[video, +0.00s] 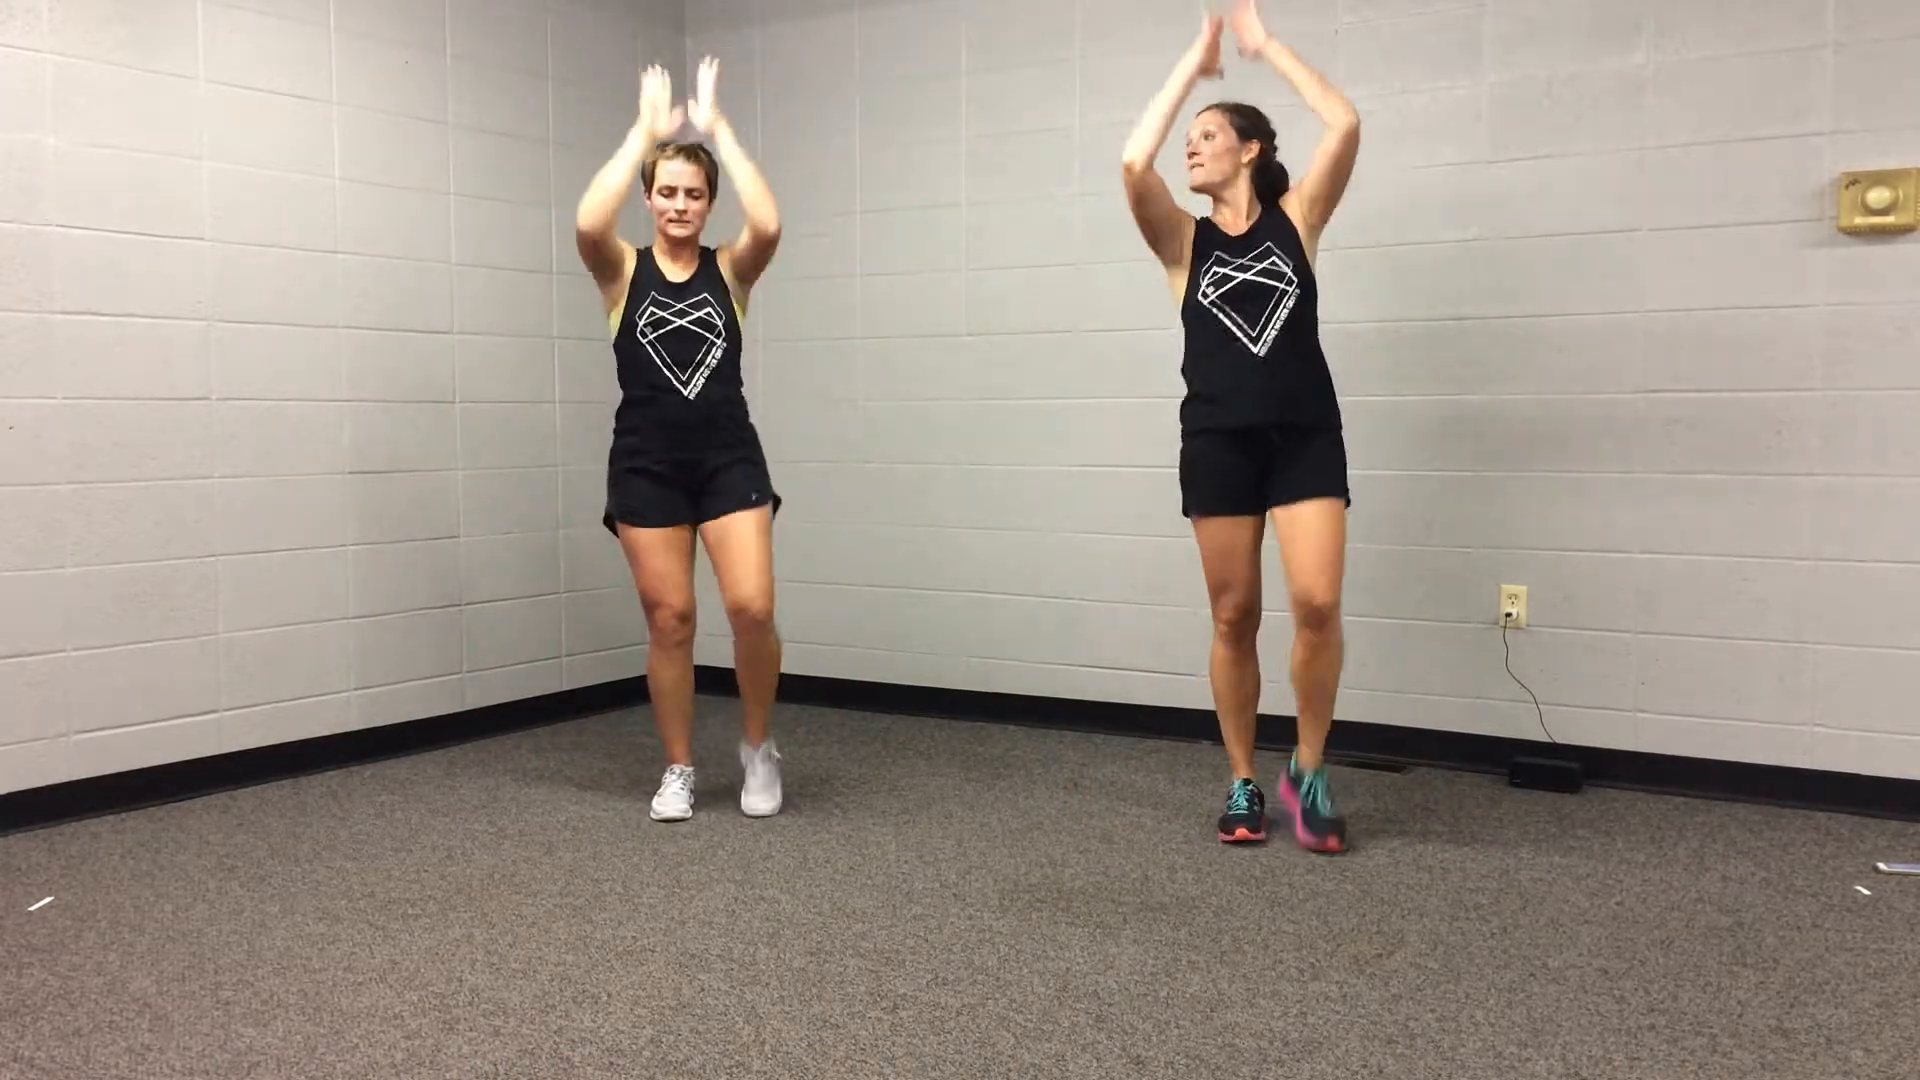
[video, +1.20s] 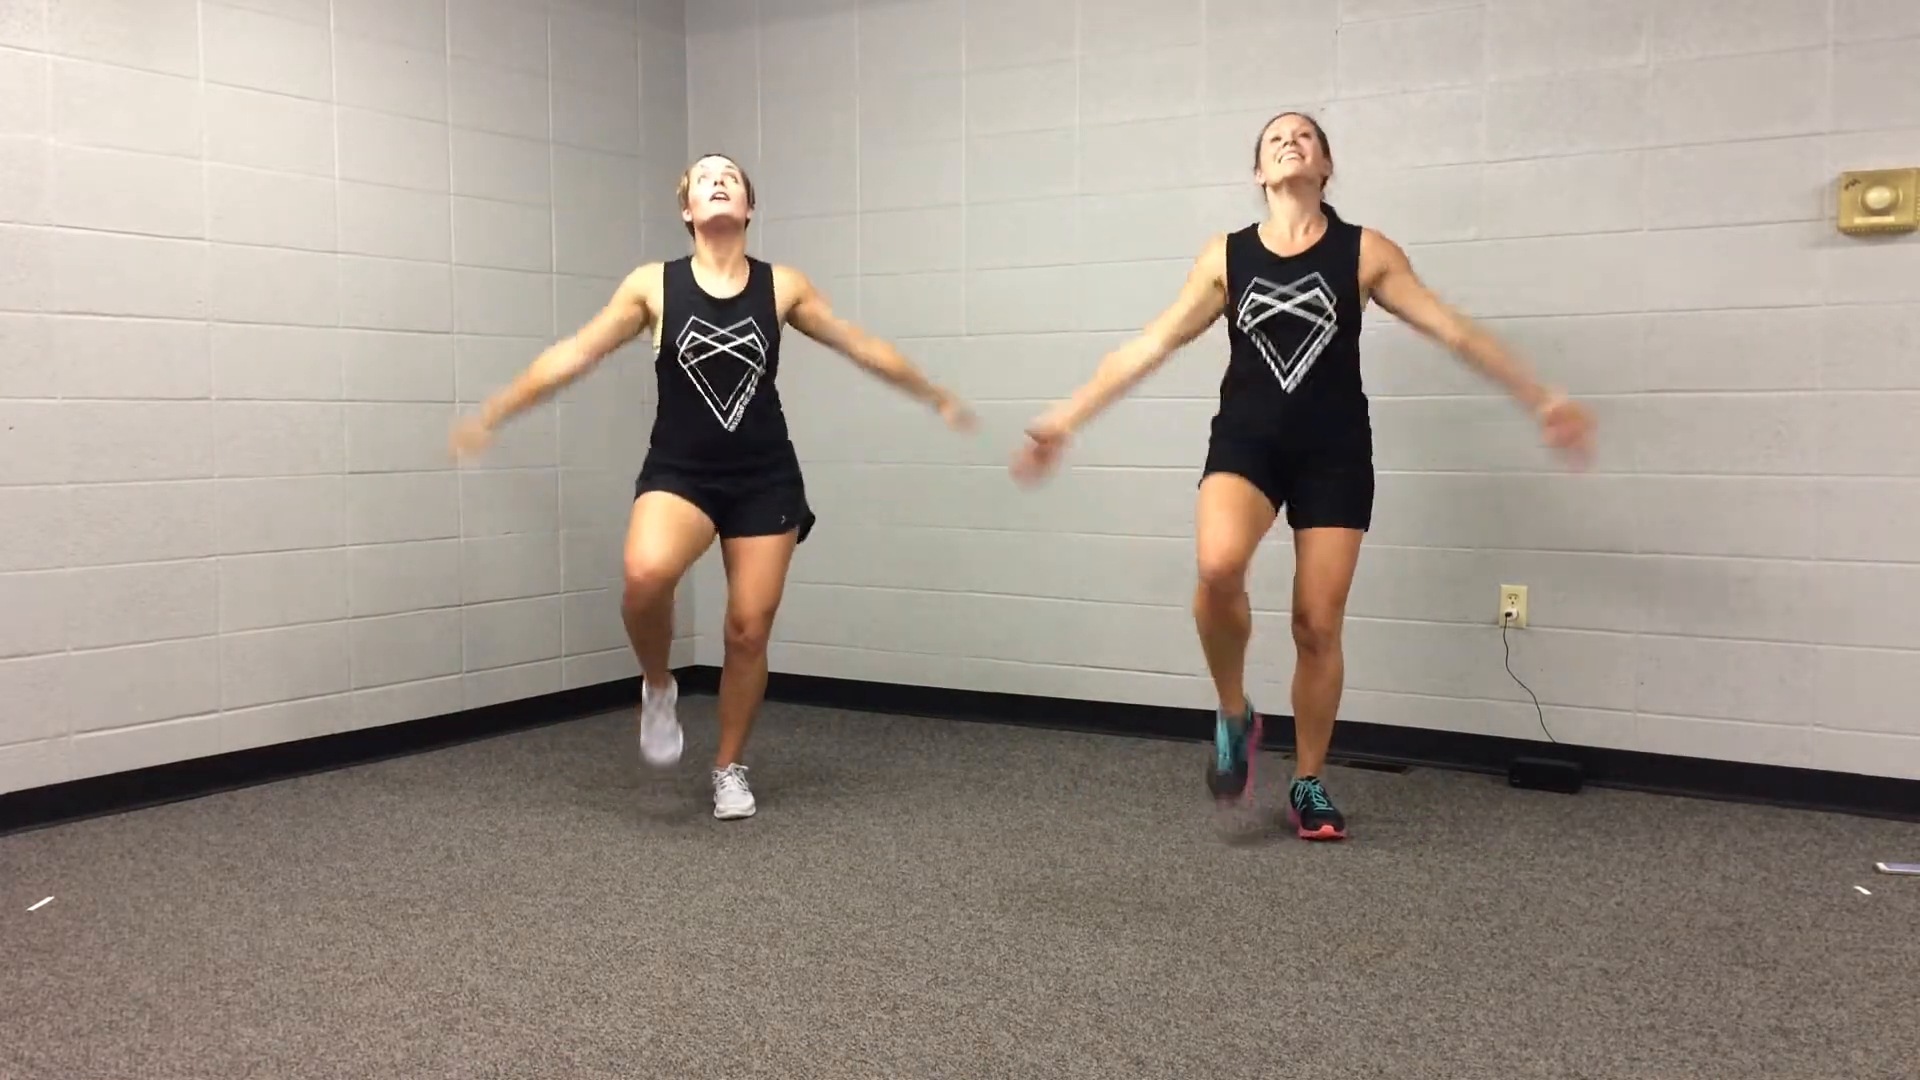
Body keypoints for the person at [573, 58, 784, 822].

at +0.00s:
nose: (680, 203)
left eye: (694, 193)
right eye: (668, 191)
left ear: (710, 202)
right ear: (649, 198)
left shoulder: (731, 270)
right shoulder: (620, 270)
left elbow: (766, 227)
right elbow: (590, 226)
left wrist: (716, 128)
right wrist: (645, 132)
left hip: (729, 458)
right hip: (646, 464)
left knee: (753, 608)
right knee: (668, 619)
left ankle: (758, 749)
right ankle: (678, 767)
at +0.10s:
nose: (680, 212)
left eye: (693, 201)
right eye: (669, 199)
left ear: (713, 214)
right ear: (651, 212)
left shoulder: (731, 279)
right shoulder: (628, 280)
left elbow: (767, 294)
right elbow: (595, 291)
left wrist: (716, 212)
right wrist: (650, 207)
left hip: (724, 470)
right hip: (642, 475)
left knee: (764, 579)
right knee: (662, 623)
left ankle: (749, 698)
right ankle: (677, 768)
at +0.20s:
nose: (685, 205)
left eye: (697, 195)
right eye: (673, 194)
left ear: (714, 209)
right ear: (653, 206)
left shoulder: (743, 279)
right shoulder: (622, 286)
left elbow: (799, 328)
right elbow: (587, 343)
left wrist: (715, 273)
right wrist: (659, 275)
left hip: (725, 474)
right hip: (643, 478)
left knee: (765, 577)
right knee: (664, 623)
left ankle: (735, 687)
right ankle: (677, 770)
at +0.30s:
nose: (691, 180)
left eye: (702, 171)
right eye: (678, 170)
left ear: (719, 190)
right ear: (656, 189)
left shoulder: (749, 262)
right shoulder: (622, 272)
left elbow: (818, 338)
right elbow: (575, 365)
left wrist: (732, 327)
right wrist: (658, 340)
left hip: (733, 460)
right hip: (650, 465)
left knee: (753, 602)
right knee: (672, 615)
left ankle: (731, 741)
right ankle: (679, 767)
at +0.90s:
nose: (715, 170)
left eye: (727, 165)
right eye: (701, 167)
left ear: (747, 193)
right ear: (683, 197)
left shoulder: (785, 266)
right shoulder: (653, 273)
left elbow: (807, 363)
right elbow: (624, 370)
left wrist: (780, 420)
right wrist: (653, 425)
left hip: (750, 462)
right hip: (667, 462)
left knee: (735, 623)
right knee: (673, 618)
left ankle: (727, 766)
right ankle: (651, 762)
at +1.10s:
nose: (715, 172)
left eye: (727, 168)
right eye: (701, 170)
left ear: (747, 199)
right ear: (683, 201)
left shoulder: (784, 275)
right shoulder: (654, 281)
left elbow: (835, 366)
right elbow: (603, 376)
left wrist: (892, 441)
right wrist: (549, 455)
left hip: (755, 469)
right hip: (672, 465)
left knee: (738, 626)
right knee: (655, 609)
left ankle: (728, 766)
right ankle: (653, 746)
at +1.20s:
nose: (720, 185)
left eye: (730, 180)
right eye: (707, 182)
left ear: (749, 210)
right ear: (687, 212)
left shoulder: (783, 286)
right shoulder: (652, 285)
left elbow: (864, 347)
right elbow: (572, 356)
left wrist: (935, 393)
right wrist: (491, 413)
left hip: (763, 474)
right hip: (681, 471)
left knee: (748, 630)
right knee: (644, 574)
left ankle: (730, 768)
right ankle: (658, 689)